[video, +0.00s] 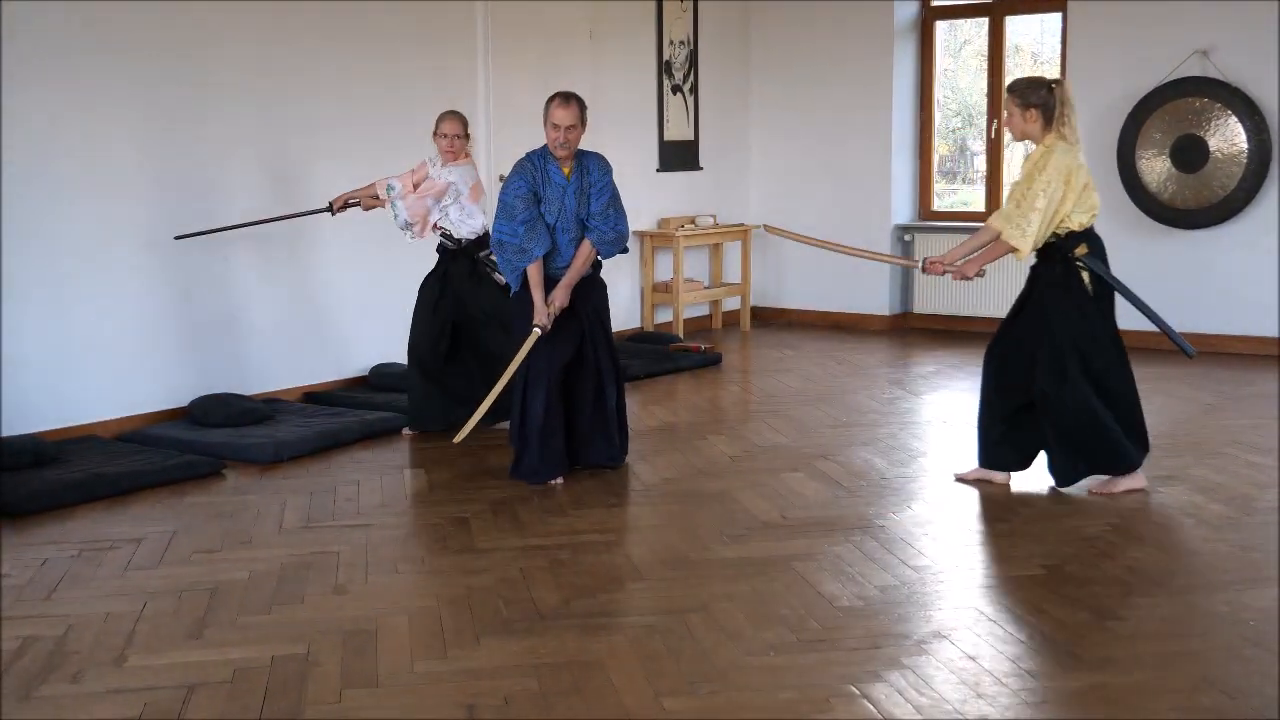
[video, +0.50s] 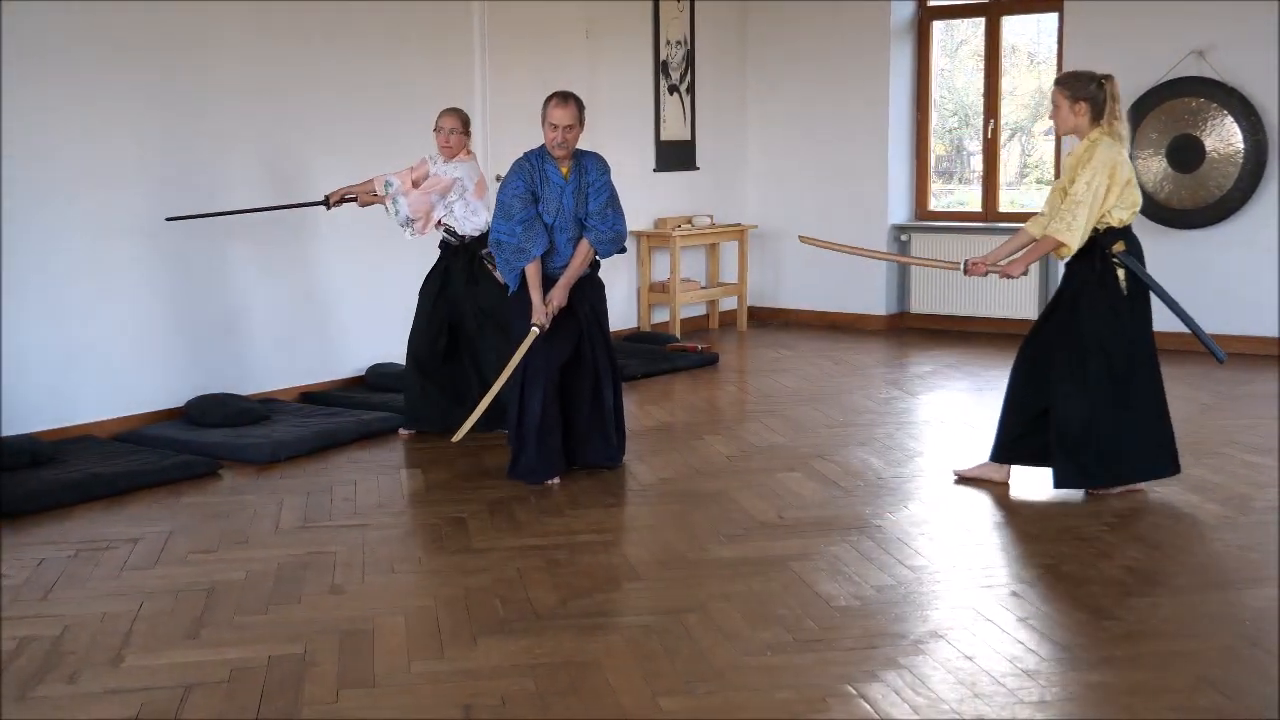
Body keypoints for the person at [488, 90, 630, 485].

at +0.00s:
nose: (562, 136)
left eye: (570, 128)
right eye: (554, 127)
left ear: (583, 129)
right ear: (545, 127)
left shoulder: (596, 168)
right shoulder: (526, 172)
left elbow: (601, 232)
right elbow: (529, 240)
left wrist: (567, 284)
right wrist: (538, 300)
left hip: (585, 280)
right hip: (537, 285)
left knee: (591, 363)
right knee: (543, 369)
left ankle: (592, 451)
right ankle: (546, 463)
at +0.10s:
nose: (561, 136)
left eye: (570, 128)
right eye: (554, 127)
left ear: (583, 129)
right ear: (544, 127)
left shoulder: (596, 168)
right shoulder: (526, 171)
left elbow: (601, 232)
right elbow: (528, 240)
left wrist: (567, 284)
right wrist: (538, 300)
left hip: (584, 280)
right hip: (536, 285)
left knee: (590, 364)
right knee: (542, 370)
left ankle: (590, 451)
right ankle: (545, 462)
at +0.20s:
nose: (561, 136)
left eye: (569, 128)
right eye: (554, 127)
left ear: (582, 129)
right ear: (544, 127)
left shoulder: (595, 168)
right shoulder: (525, 171)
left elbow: (600, 232)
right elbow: (527, 240)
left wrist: (566, 285)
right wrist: (537, 299)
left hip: (584, 280)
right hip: (536, 285)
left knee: (590, 364)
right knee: (542, 370)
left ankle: (590, 451)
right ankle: (545, 462)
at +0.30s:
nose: (560, 136)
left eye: (569, 128)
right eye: (553, 127)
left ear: (582, 129)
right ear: (544, 127)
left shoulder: (595, 168)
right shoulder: (525, 172)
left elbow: (600, 231)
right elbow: (527, 239)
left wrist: (565, 284)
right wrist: (537, 299)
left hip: (583, 280)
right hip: (535, 284)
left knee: (589, 365)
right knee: (541, 370)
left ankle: (590, 451)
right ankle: (544, 463)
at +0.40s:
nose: (560, 135)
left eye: (569, 128)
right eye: (553, 127)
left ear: (581, 129)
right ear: (543, 126)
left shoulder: (594, 168)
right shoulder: (525, 171)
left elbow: (600, 231)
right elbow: (526, 239)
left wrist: (565, 284)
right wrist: (537, 299)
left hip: (583, 280)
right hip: (535, 285)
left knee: (588, 365)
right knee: (541, 370)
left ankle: (589, 451)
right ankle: (544, 463)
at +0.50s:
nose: (560, 135)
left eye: (569, 127)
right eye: (553, 127)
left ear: (581, 128)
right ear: (543, 126)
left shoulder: (594, 167)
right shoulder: (524, 171)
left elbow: (600, 231)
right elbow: (525, 239)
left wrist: (565, 284)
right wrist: (536, 298)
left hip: (583, 280)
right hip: (535, 284)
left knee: (588, 364)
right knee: (540, 369)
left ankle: (588, 451)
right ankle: (544, 463)